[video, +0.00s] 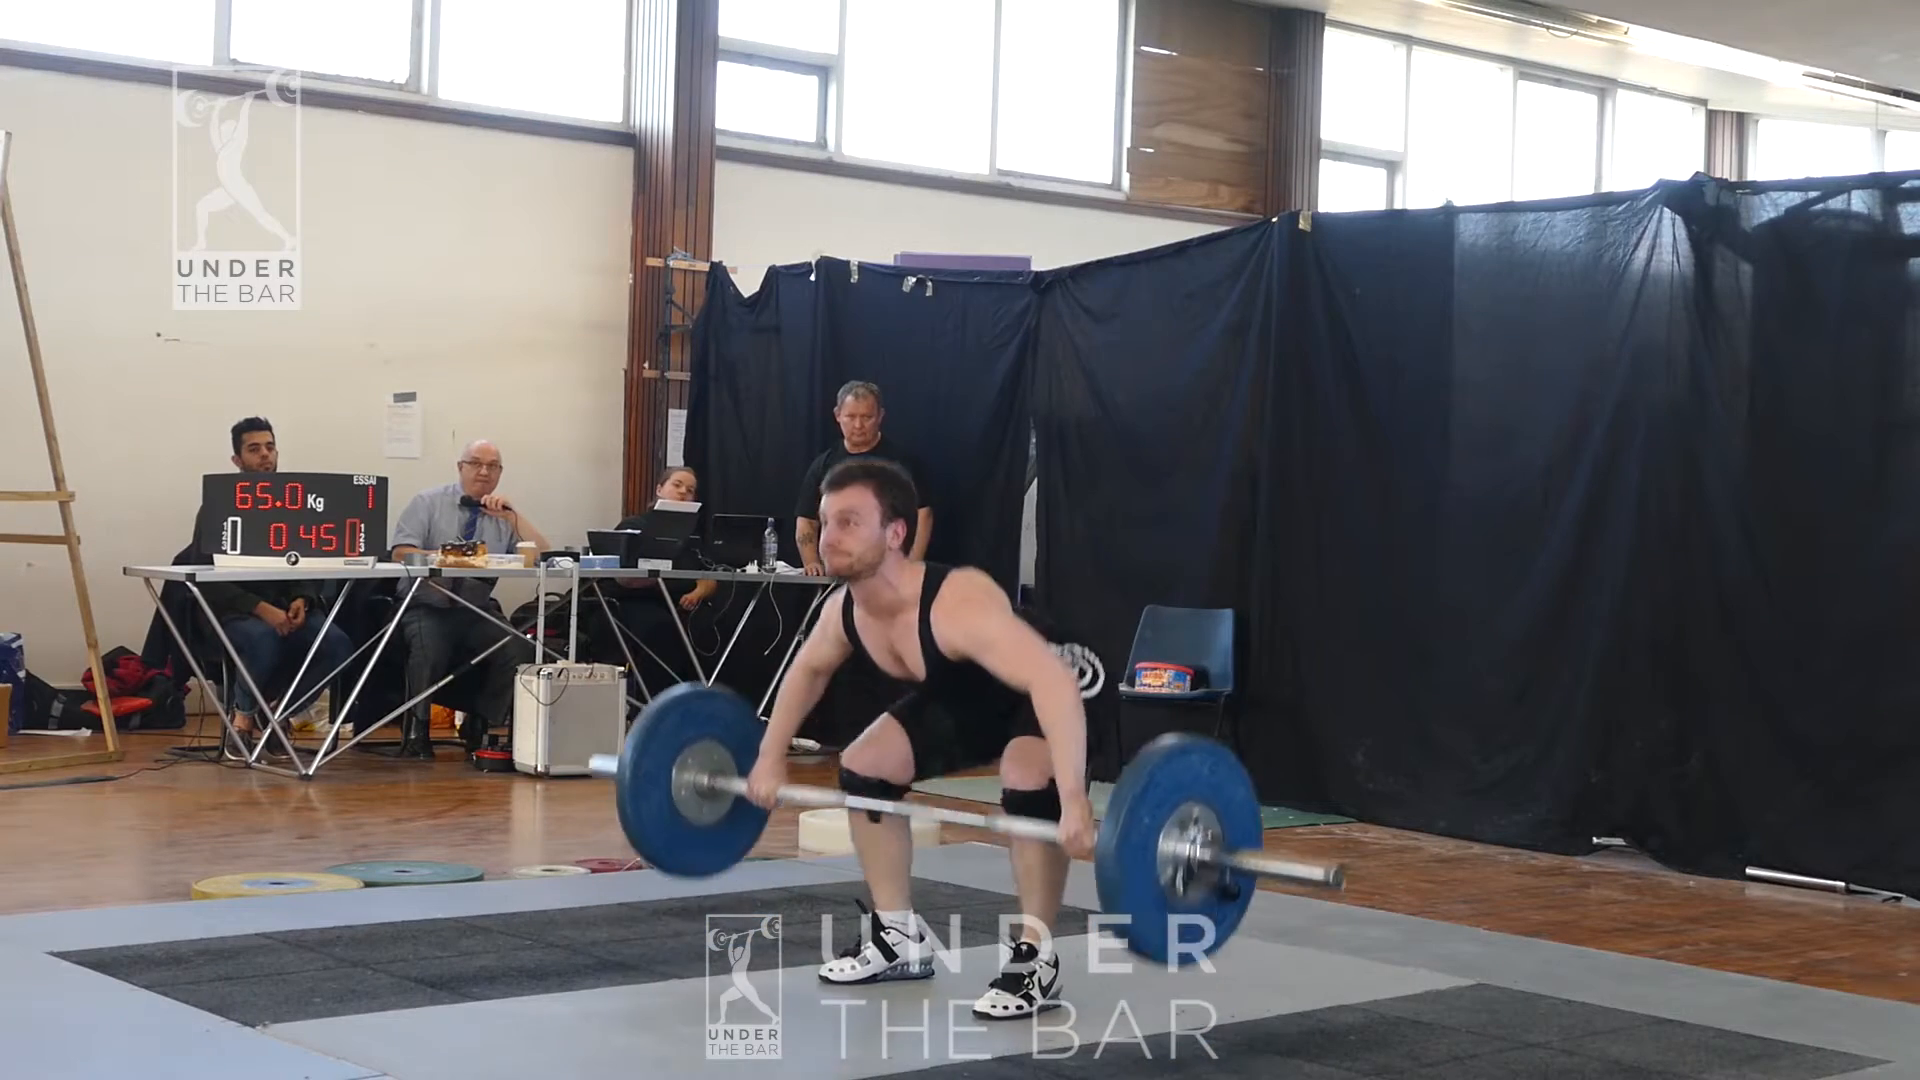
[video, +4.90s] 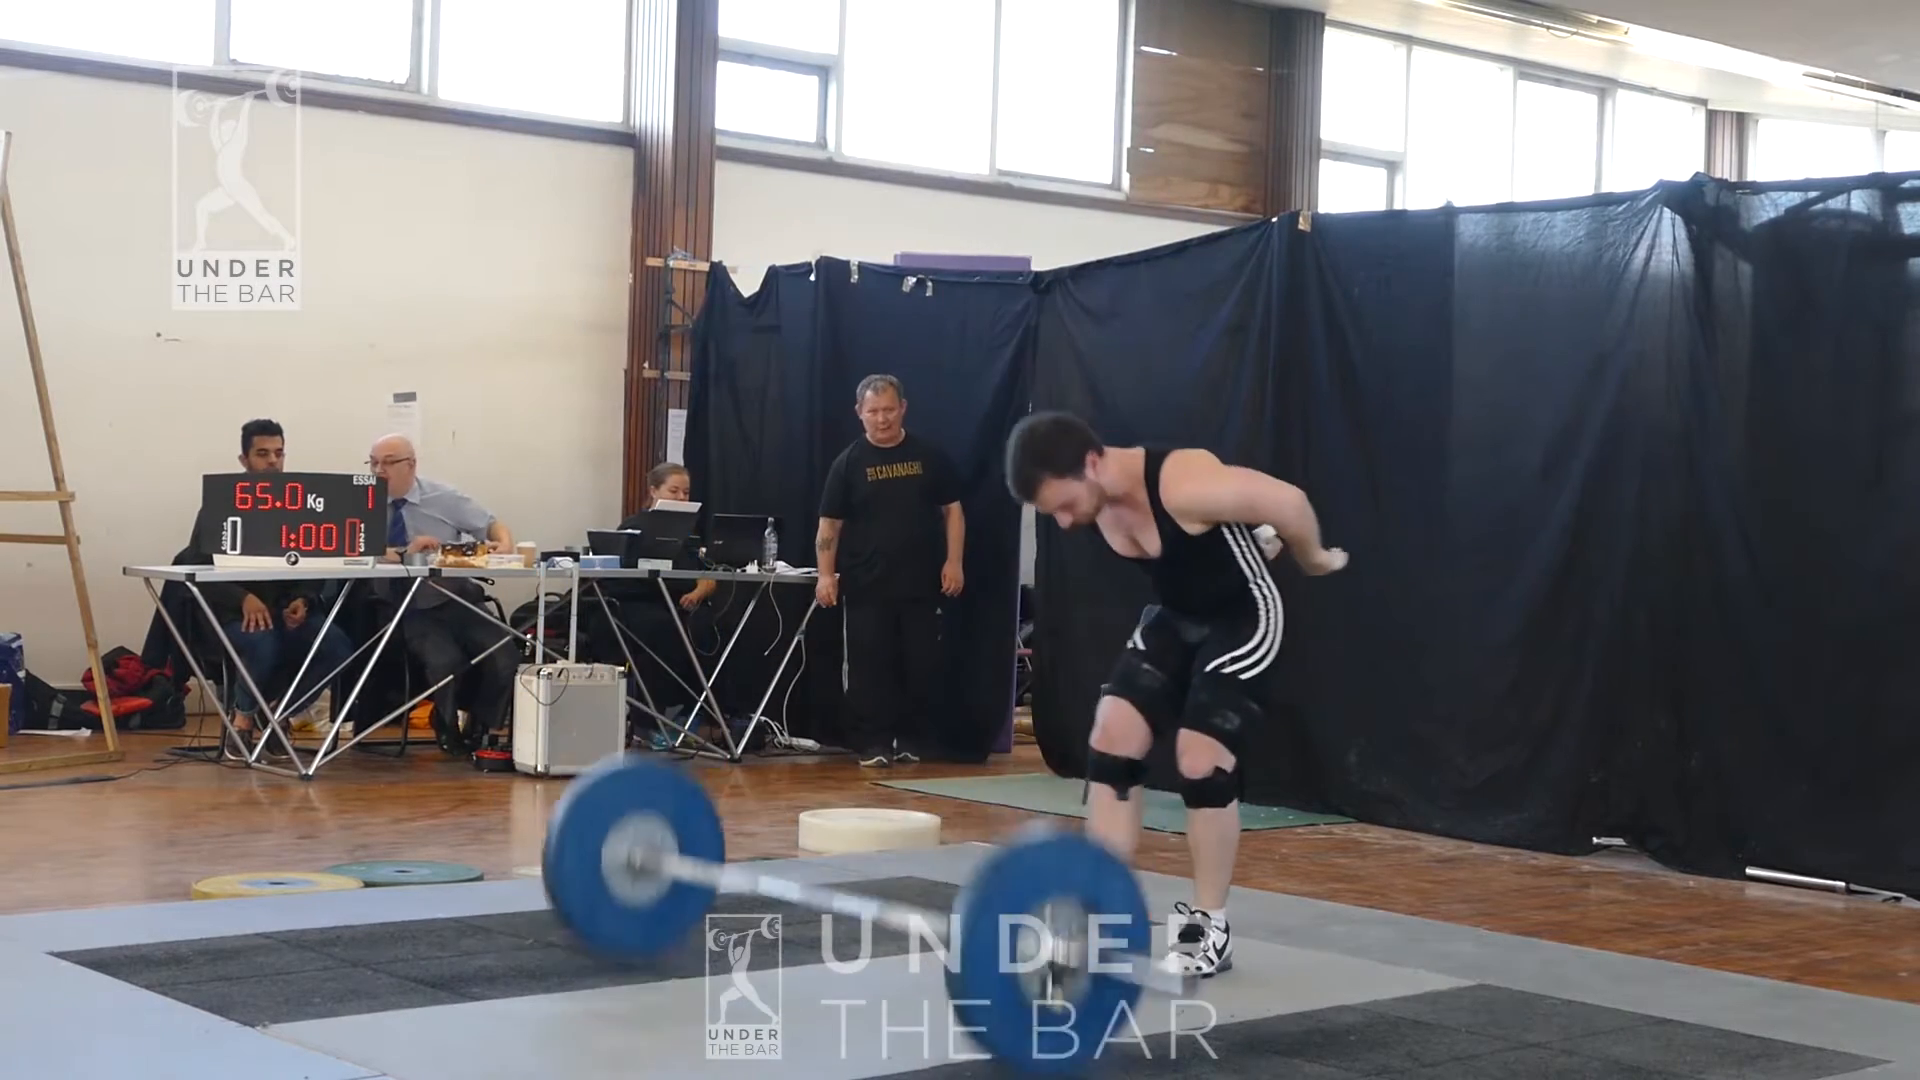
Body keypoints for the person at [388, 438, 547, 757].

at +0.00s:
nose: (484, 472)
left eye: (492, 466)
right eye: (475, 464)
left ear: (500, 473)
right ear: (460, 468)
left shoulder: (503, 516)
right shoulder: (428, 502)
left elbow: (544, 554)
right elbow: (401, 551)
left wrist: (514, 516)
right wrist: (441, 560)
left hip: (478, 609)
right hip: (428, 605)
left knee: (517, 652)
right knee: (429, 651)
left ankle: (477, 726)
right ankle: (417, 730)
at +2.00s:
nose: (455, 470)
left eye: (465, 464)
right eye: (449, 463)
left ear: (483, 470)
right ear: (442, 465)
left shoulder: (495, 516)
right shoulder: (418, 503)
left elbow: (540, 553)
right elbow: (397, 550)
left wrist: (513, 519)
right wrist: (436, 559)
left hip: (476, 607)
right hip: (426, 604)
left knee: (516, 650)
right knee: (430, 646)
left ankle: (478, 727)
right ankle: (417, 732)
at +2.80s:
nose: (408, 468)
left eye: (418, 462)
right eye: (403, 461)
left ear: (439, 465)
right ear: (397, 463)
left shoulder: (467, 503)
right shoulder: (386, 500)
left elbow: (520, 540)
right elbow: (385, 546)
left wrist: (508, 549)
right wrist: (440, 555)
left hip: (465, 605)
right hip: (413, 608)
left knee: (510, 651)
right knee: (442, 657)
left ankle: (478, 724)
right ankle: (440, 718)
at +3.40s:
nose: (402, 468)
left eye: (412, 461)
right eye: (397, 460)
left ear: (433, 464)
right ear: (391, 462)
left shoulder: (461, 499)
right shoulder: (380, 501)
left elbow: (508, 533)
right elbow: (367, 554)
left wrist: (504, 547)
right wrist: (404, 535)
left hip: (461, 599)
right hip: (409, 604)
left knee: (503, 657)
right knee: (445, 659)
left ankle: (479, 727)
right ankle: (444, 721)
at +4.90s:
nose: (379, 471)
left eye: (388, 463)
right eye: (374, 463)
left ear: (411, 465)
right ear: (370, 465)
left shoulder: (442, 498)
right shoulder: (367, 506)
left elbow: (490, 525)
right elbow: (354, 551)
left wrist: (504, 542)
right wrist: (406, 552)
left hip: (456, 597)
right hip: (406, 605)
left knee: (503, 653)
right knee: (444, 660)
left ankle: (480, 727)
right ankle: (446, 723)